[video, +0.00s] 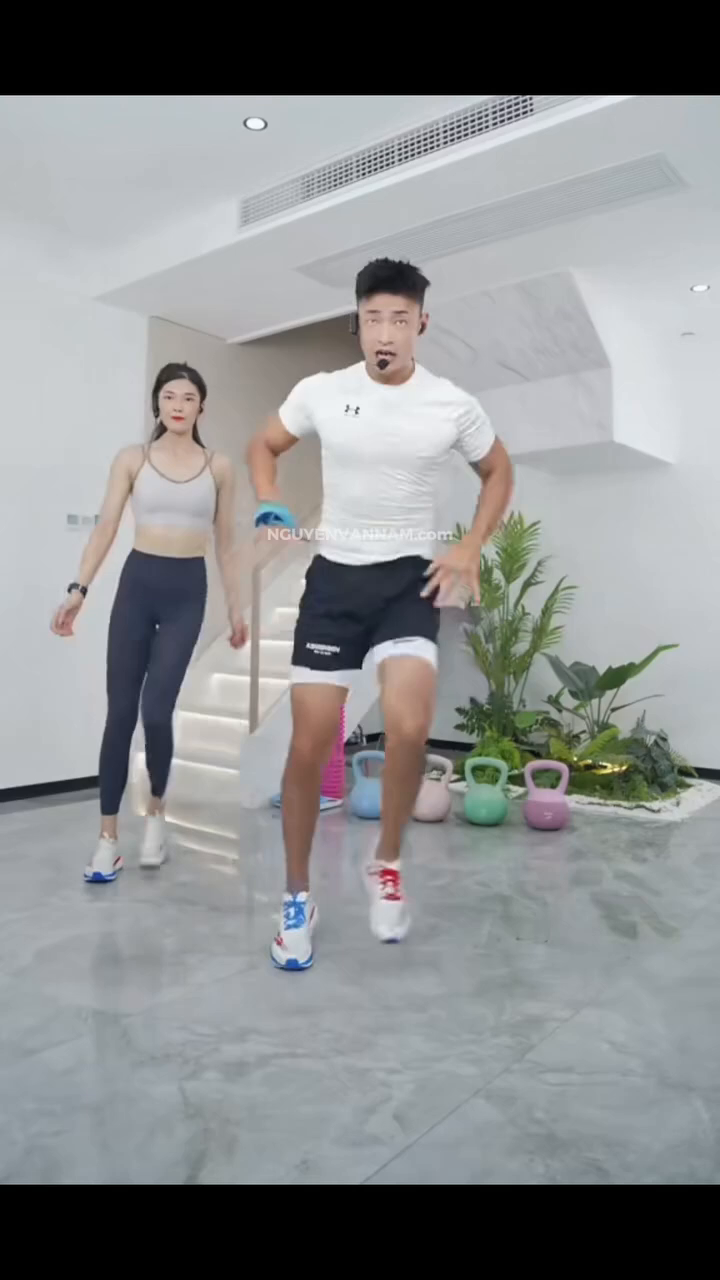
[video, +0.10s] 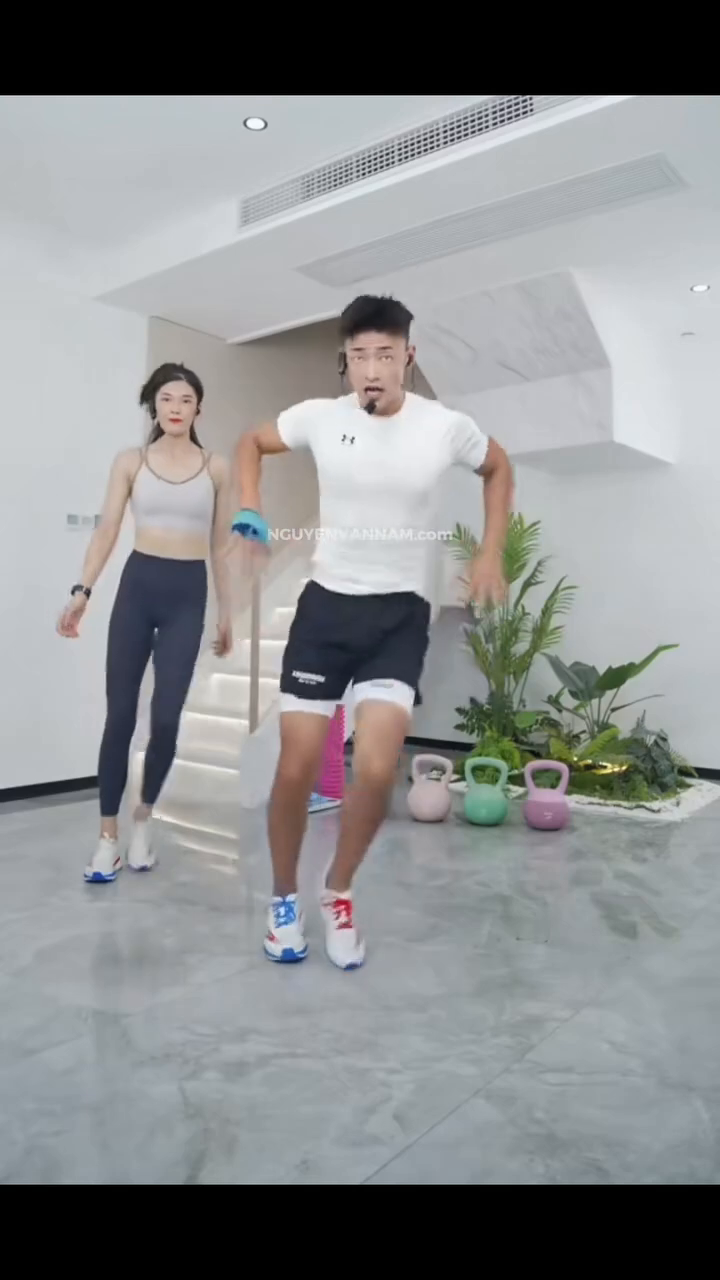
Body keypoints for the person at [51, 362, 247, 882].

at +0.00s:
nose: (179, 405)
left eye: (188, 398)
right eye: (170, 396)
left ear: (202, 406)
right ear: (157, 404)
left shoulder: (218, 467)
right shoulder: (133, 459)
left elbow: (226, 544)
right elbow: (106, 529)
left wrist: (236, 610)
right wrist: (79, 591)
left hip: (188, 594)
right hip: (135, 590)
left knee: (156, 713)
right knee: (121, 714)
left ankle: (155, 813)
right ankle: (108, 835)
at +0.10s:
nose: (175, 407)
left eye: (185, 400)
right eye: (167, 399)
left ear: (199, 407)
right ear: (153, 406)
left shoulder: (217, 467)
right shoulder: (132, 461)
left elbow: (221, 546)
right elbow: (107, 531)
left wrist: (226, 614)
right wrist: (82, 592)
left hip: (189, 595)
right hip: (135, 591)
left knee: (165, 721)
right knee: (120, 717)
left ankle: (142, 817)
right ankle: (108, 833)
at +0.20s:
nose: (180, 413)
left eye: (188, 406)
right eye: (171, 405)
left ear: (200, 415)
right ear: (156, 412)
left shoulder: (215, 473)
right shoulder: (131, 467)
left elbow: (224, 552)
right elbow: (109, 538)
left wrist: (232, 622)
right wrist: (96, 597)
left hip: (193, 601)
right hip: (138, 598)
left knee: (215, 710)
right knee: (119, 717)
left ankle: (187, 800)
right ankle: (109, 835)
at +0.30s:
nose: (189, 410)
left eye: (197, 403)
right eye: (180, 402)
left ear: (209, 412)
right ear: (165, 409)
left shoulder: (225, 470)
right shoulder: (142, 463)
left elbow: (237, 545)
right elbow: (120, 536)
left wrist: (250, 610)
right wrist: (116, 599)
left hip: (202, 601)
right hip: (147, 599)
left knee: (245, 705)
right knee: (126, 720)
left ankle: (242, 796)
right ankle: (110, 835)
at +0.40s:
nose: (202, 404)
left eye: (210, 397)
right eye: (193, 396)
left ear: (223, 407)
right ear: (179, 405)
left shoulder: (238, 464)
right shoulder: (157, 459)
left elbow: (252, 535)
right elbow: (141, 534)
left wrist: (262, 590)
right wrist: (138, 598)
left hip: (222, 593)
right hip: (165, 591)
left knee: (252, 710)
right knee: (140, 717)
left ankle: (287, 814)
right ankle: (112, 834)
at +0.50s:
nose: (219, 410)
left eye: (227, 403)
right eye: (210, 403)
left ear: (239, 412)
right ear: (196, 411)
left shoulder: (260, 470)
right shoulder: (177, 467)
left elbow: (280, 536)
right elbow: (163, 538)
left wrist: (283, 599)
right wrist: (155, 606)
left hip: (245, 597)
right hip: (189, 596)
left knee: (266, 715)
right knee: (155, 719)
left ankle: (296, 825)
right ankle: (113, 833)